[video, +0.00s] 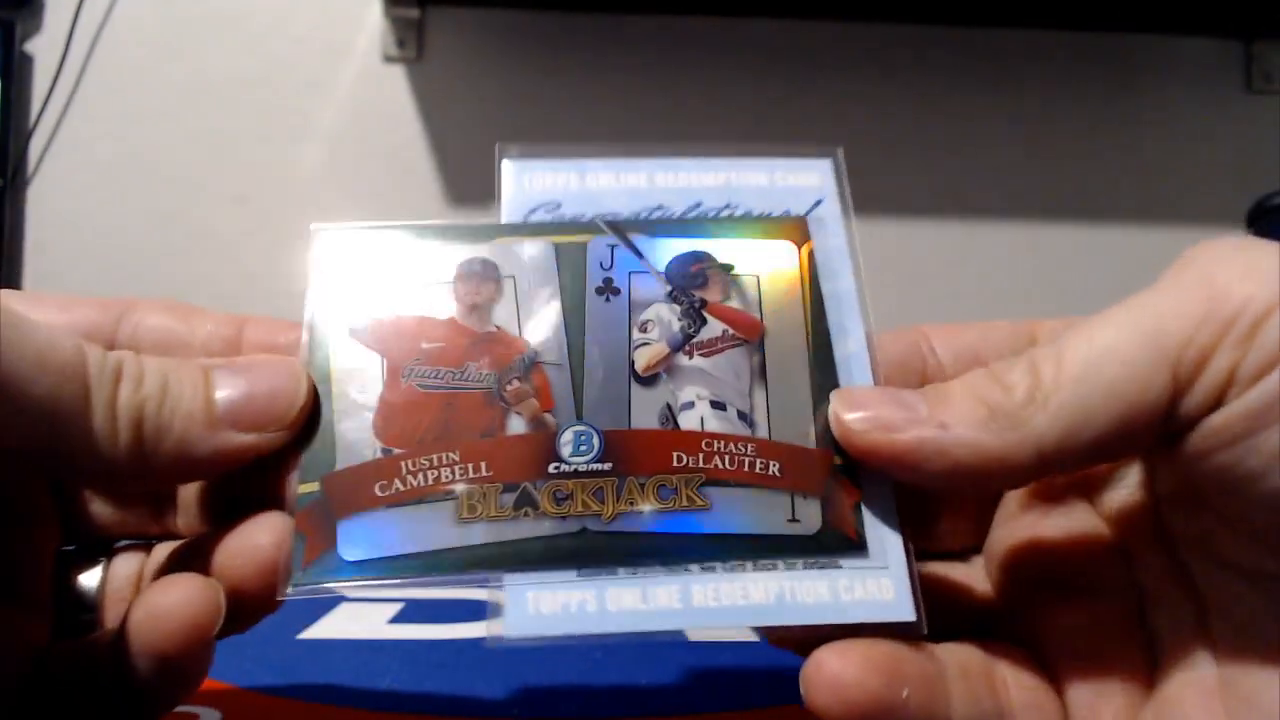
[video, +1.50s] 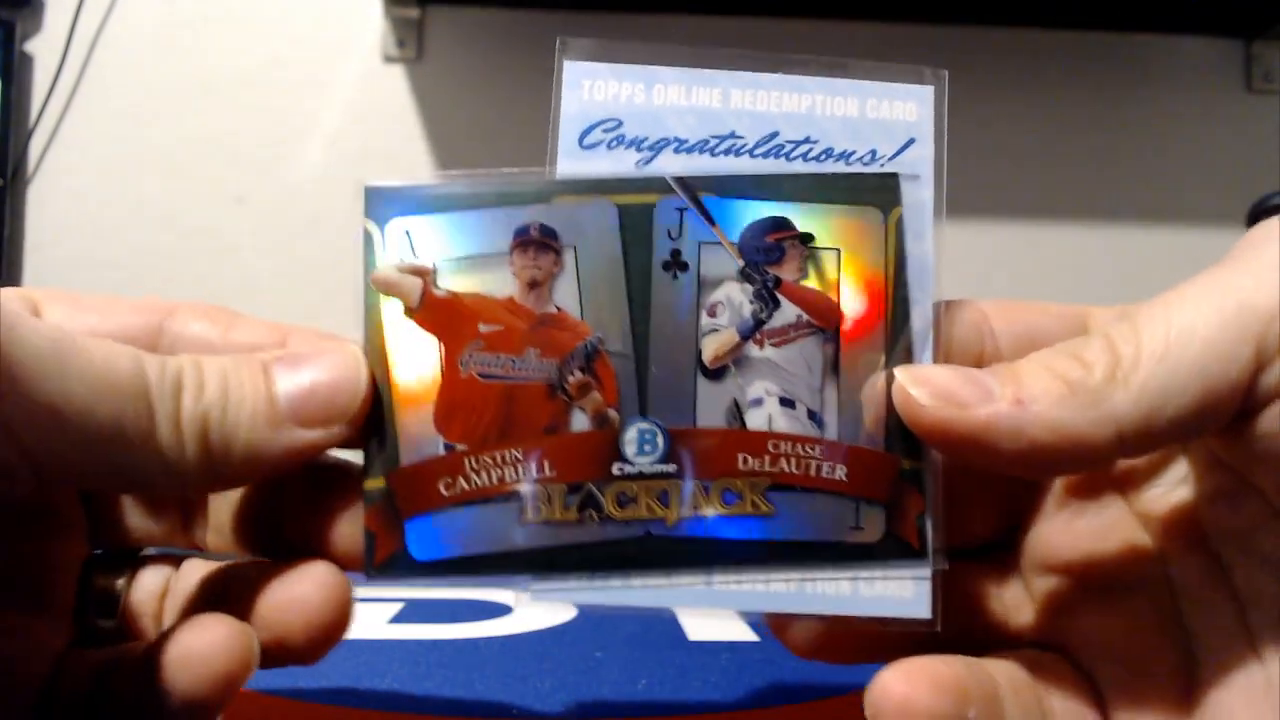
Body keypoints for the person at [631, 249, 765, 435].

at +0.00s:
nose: (727, 278)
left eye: (724, 272)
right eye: (719, 271)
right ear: (697, 274)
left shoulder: (733, 314)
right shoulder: (663, 312)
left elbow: (756, 331)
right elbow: (642, 366)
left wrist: (702, 304)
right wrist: (682, 335)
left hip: (742, 422)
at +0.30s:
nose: (744, 269)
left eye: (742, 262)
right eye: (734, 262)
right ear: (709, 268)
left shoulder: (749, 310)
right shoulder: (677, 305)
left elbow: (774, 329)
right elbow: (654, 364)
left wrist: (717, 297)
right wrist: (696, 331)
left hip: (756, 426)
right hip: (715, 420)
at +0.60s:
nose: (770, 251)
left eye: (768, 244)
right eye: (759, 244)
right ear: (733, 252)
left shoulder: (774, 292)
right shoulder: (699, 288)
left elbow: (799, 314)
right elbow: (675, 348)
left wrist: (743, 281)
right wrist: (719, 315)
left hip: (778, 415)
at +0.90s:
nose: (785, 234)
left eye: (783, 227)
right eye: (774, 227)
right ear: (750, 232)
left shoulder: (786, 275)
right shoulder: (713, 268)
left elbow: (809, 299)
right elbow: (686, 328)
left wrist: (754, 262)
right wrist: (730, 297)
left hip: (784, 397)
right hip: (742, 390)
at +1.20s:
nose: (787, 230)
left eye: (784, 223)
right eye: (775, 223)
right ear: (748, 228)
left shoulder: (787, 276)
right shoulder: (714, 266)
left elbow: (811, 296)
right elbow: (686, 327)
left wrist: (756, 259)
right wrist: (731, 295)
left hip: (783, 396)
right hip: (743, 389)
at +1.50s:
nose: (804, 251)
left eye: (801, 244)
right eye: (793, 245)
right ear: (766, 251)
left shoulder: (808, 298)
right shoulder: (734, 293)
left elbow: (833, 317)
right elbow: (711, 357)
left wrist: (776, 283)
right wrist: (753, 321)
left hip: (813, 421)